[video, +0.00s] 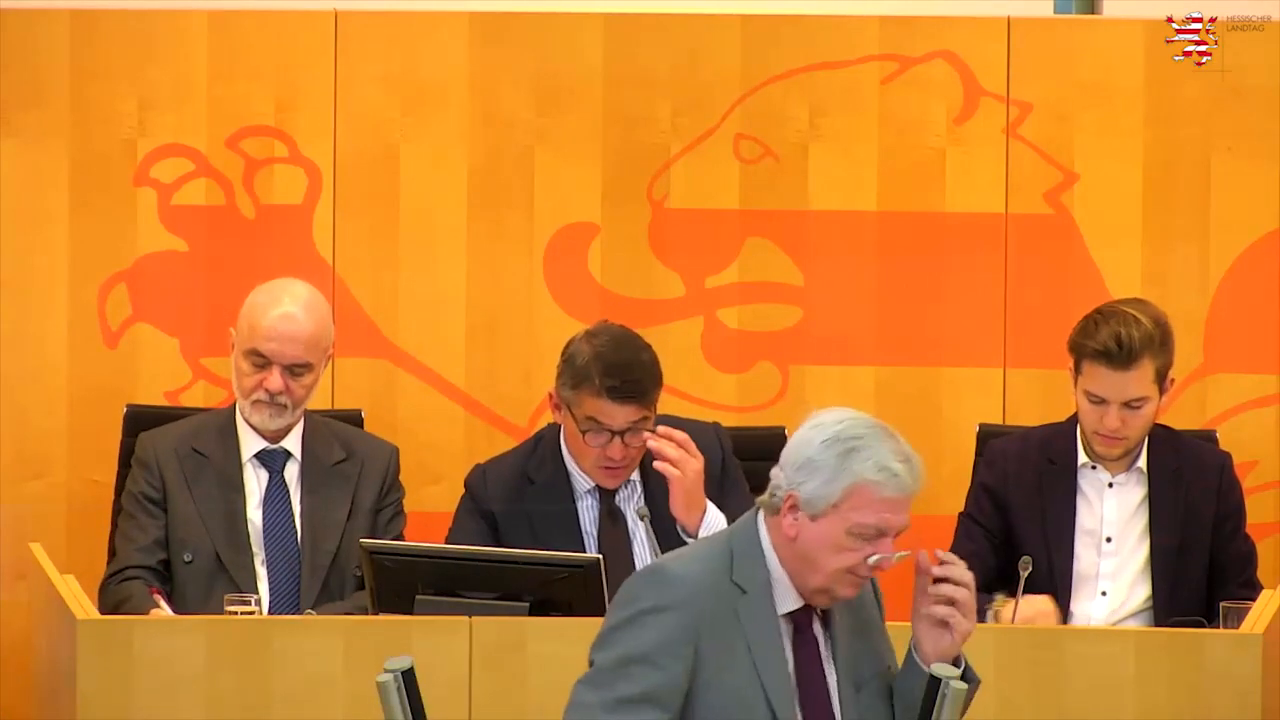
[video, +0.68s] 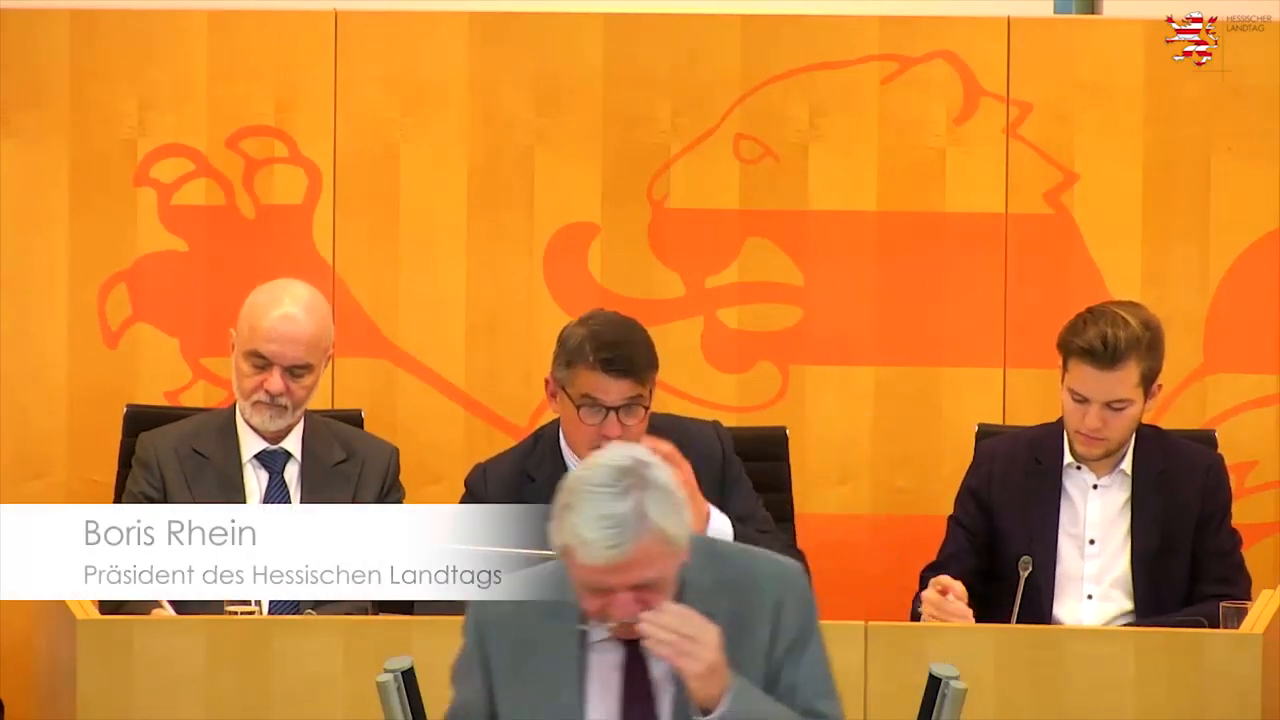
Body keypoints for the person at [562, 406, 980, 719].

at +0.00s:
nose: (883, 560)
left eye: (891, 537)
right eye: (865, 536)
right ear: (793, 514)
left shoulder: (855, 587)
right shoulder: (672, 596)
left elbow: (885, 709)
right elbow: (602, 712)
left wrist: (929, 663)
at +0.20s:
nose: (826, 575)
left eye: (845, 552)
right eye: (805, 553)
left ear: (861, 531)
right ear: (744, 519)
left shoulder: (870, 588)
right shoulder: (630, 592)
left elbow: (897, 717)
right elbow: (562, 712)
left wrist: (904, 672)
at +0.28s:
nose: (804, 579)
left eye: (823, 556)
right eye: (782, 557)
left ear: (843, 531)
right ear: (726, 524)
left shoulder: (876, 585)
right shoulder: (616, 594)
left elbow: (903, 717)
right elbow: (551, 715)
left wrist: (889, 672)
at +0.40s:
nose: (746, 587)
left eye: (768, 564)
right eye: (720, 564)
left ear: (796, 531)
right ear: (679, 533)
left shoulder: (860, 584)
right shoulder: (586, 597)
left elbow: (904, 714)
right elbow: (533, 716)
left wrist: (844, 678)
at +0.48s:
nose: (719, 592)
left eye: (743, 569)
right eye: (694, 571)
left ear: (775, 535)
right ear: (656, 540)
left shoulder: (846, 585)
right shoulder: (568, 603)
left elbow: (896, 714)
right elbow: (523, 715)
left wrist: (822, 681)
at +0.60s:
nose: (653, 610)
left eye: (676, 586)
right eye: (628, 588)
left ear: (712, 547)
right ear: (594, 555)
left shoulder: (800, 592)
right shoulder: (523, 616)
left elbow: (847, 714)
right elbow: (486, 716)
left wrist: (755, 691)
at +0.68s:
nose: (622, 612)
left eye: (645, 587)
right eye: (597, 590)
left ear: (684, 549)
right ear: (565, 556)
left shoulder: (775, 594)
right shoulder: (497, 625)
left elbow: (821, 712)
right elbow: (465, 714)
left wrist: (723, 695)